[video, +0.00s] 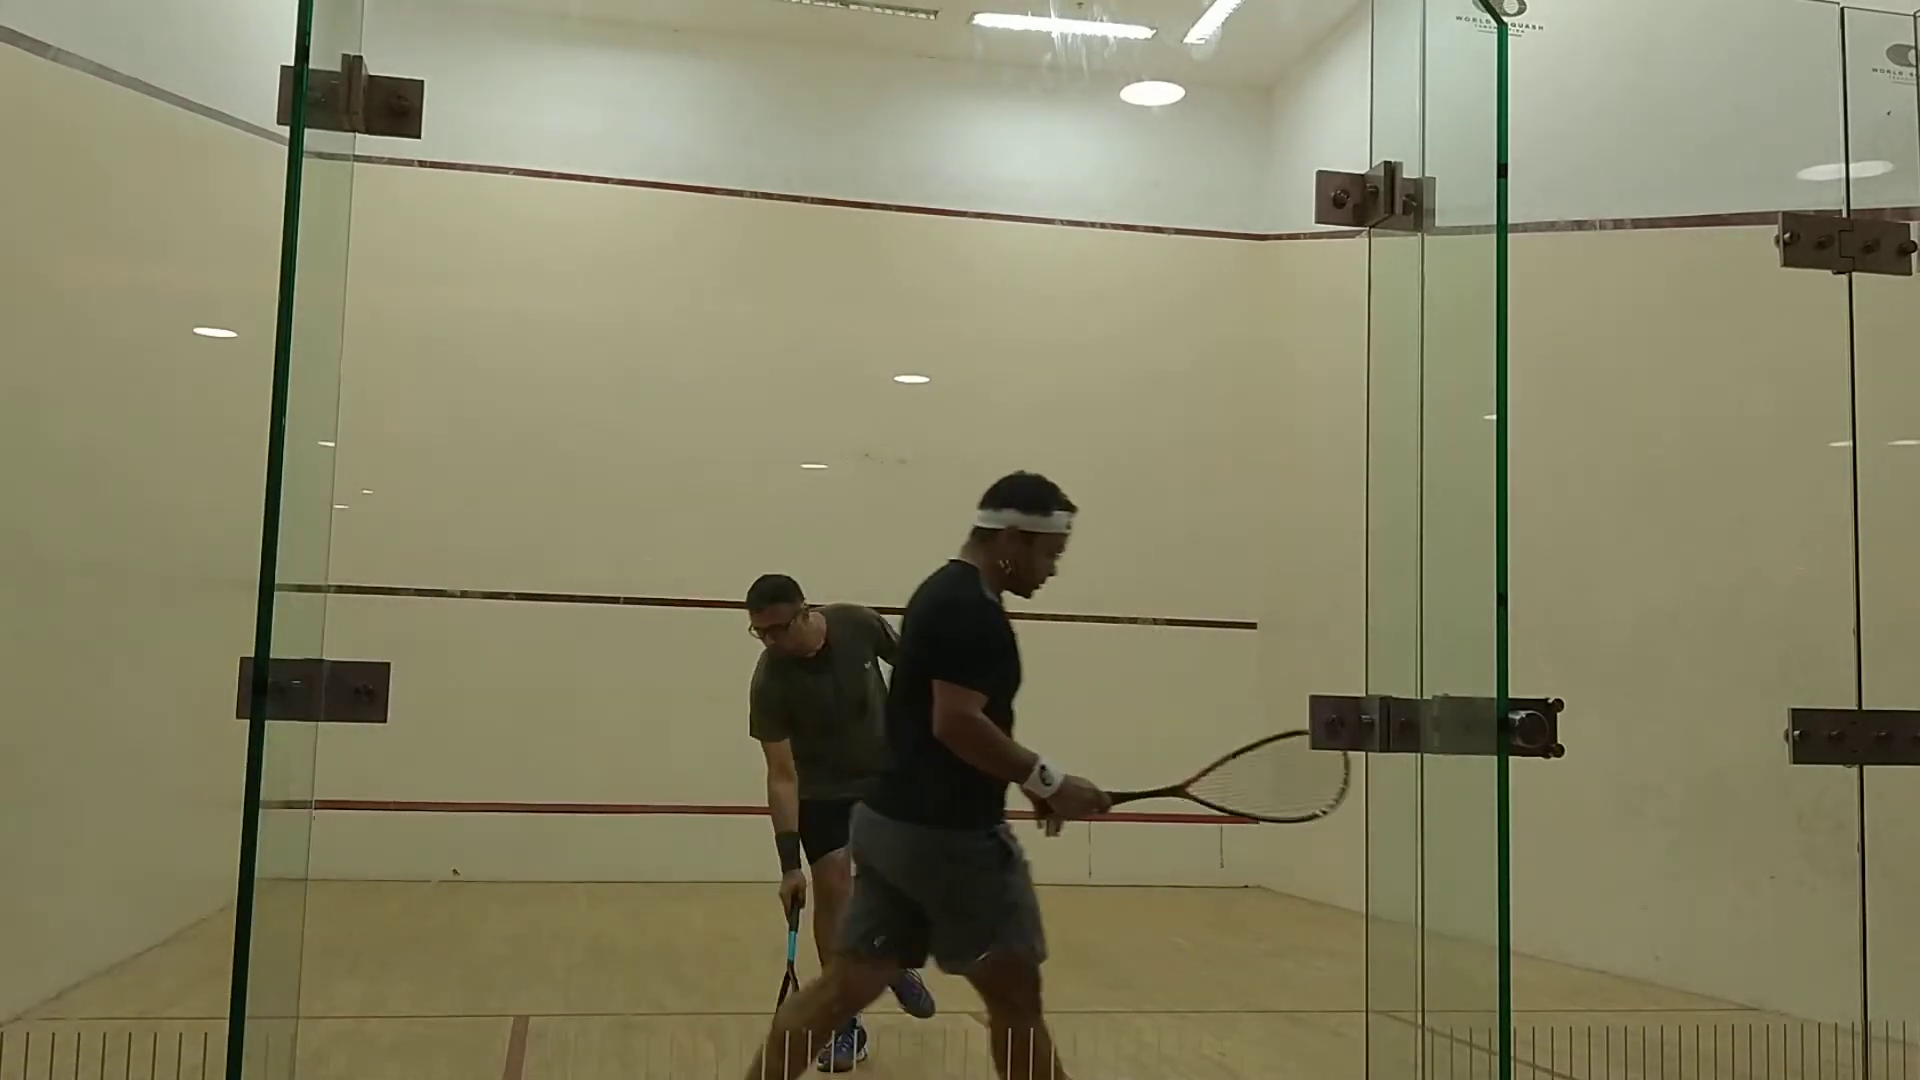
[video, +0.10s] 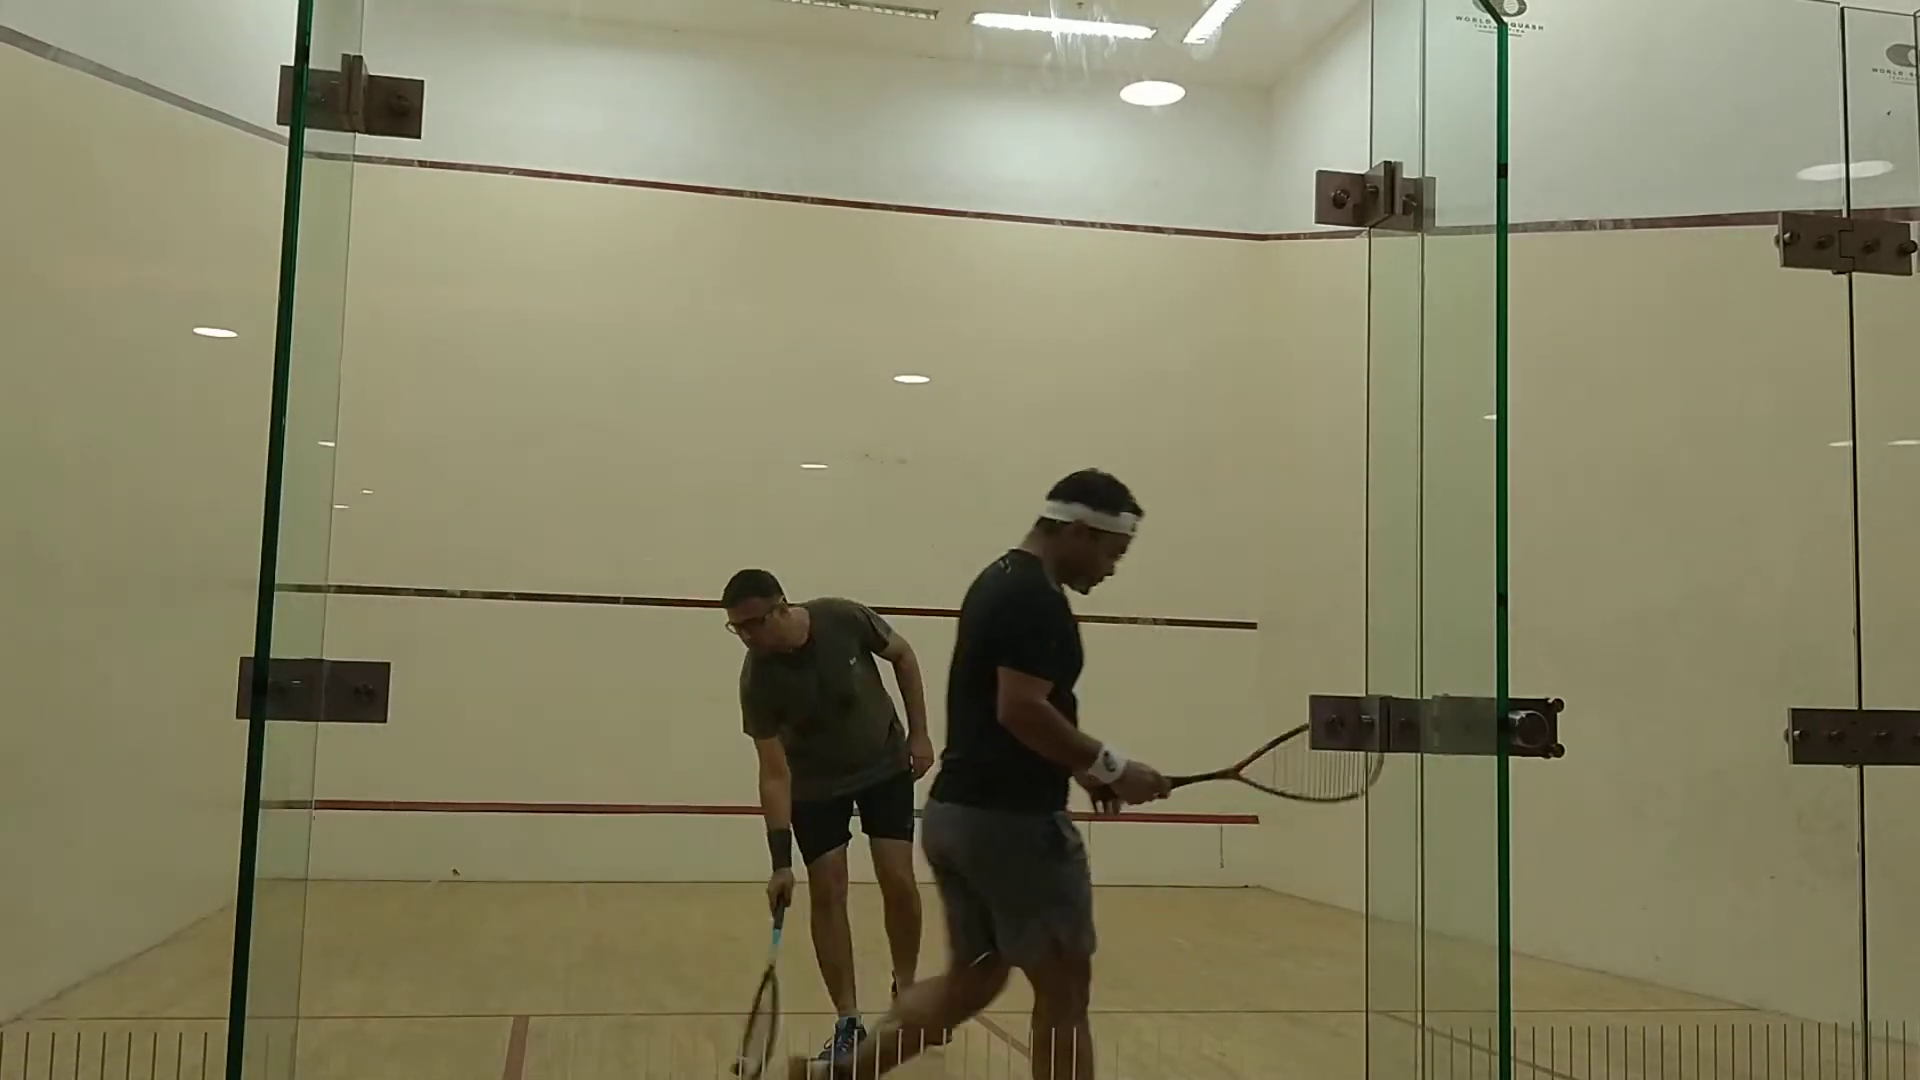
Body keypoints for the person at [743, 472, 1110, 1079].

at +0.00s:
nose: (1055, 567)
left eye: (1059, 553)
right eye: (1051, 551)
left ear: (999, 539)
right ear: (1011, 542)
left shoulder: (943, 592)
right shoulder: (972, 609)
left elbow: (958, 715)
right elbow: (956, 720)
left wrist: (1033, 781)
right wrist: (1049, 779)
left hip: (890, 824)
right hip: (955, 837)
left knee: (851, 982)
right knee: (1016, 1001)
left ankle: (762, 1073)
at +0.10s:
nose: (1116, 564)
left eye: (1121, 551)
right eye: (1115, 547)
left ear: (1061, 530)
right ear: (1076, 531)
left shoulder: (998, 582)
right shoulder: (1038, 597)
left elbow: (1009, 710)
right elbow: (1022, 709)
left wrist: (1085, 769)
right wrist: (1112, 765)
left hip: (955, 819)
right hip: (1015, 827)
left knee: (976, 978)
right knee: (1064, 987)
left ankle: (840, 1067)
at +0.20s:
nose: (1162, 568)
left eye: (1171, 556)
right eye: (1165, 551)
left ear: (1117, 527)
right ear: (1132, 528)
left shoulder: (1051, 573)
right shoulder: (1089, 587)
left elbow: (1069, 700)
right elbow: (1087, 698)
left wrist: (1150, 749)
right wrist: (1168, 748)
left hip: (1026, 810)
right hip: (1069, 819)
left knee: (1074, 963)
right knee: (1089, 978)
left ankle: (975, 1069)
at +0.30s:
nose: (1211, 573)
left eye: (1219, 560)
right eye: (1214, 556)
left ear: (1168, 527)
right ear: (1186, 532)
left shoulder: (1096, 577)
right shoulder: (1145, 590)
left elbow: (1116, 703)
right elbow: (1153, 699)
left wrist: (1200, 718)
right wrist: (1220, 739)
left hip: (1086, 806)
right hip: (1121, 818)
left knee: (1170, 948)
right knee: (1106, 982)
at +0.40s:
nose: (1263, 575)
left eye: (1270, 562)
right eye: (1265, 558)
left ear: (1214, 536)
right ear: (1233, 538)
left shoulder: (1146, 590)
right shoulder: (1203, 599)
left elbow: (1159, 718)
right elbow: (1219, 714)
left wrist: (1244, 710)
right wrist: (1274, 744)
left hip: (1149, 814)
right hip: (1172, 825)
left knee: (1216, 981)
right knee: (1138, 991)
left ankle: (1252, 1077)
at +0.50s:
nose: (1319, 578)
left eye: (1323, 563)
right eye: (1317, 561)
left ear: (1264, 546)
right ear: (1282, 547)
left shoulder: (1200, 605)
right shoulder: (1257, 612)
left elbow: (1216, 716)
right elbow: (1273, 726)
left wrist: (1302, 710)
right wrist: (1332, 762)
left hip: (1217, 829)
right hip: (1236, 838)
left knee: (1283, 970)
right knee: (1200, 997)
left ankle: (1304, 1077)